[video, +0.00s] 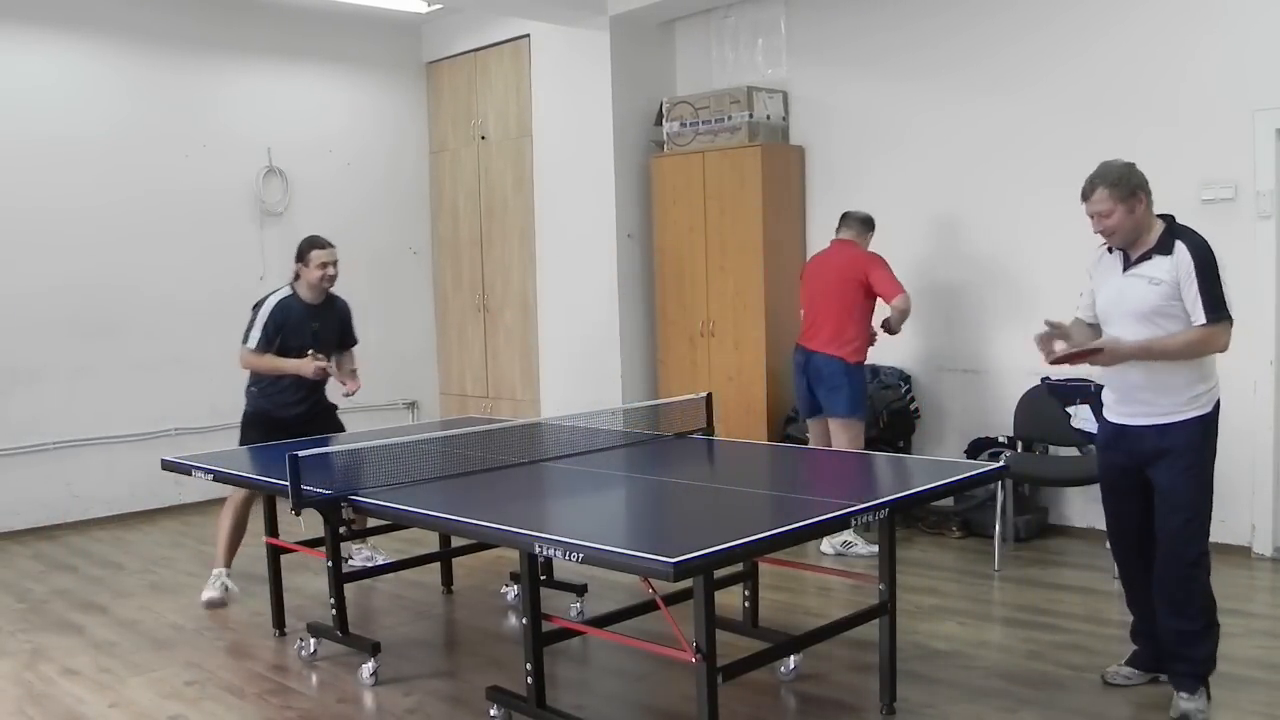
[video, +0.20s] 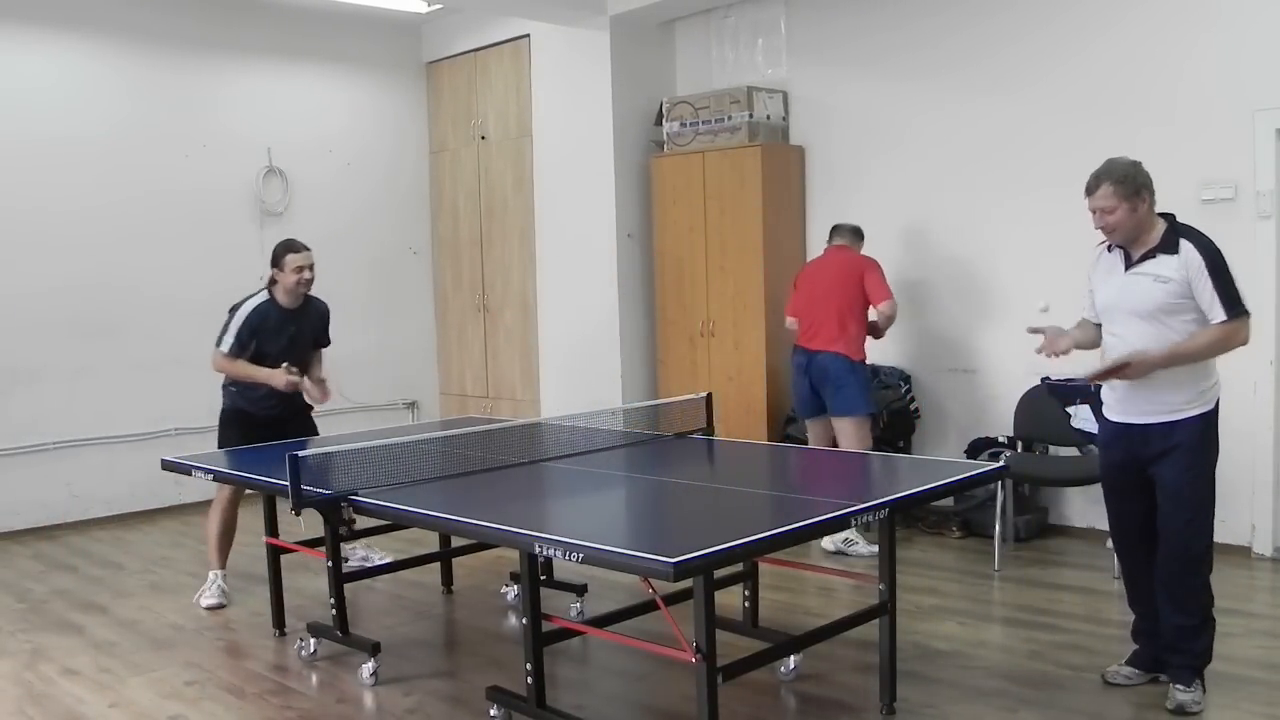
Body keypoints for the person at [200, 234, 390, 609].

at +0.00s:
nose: (332, 272)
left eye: (335, 265)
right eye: (323, 266)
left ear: (336, 267)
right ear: (300, 269)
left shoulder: (338, 308)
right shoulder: (274, 306)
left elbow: (343, 352)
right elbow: (248, 358)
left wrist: (347, 376)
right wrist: (299, 366)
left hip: (315, 414)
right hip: (267, 417)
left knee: (356, 468)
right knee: (246, 486)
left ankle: (356, 547)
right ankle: (220, 573)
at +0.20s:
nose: (308, 276)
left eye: (311, 269)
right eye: (299, 270)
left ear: (313, 271)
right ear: (276, 274)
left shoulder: (317, 311)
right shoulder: (250, 311)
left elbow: (312, 356)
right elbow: (221, 362)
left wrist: (315, 381)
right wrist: (270, 375)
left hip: (292, 412)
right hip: (244, 414)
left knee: (326, 474)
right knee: (230, 488)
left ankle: (346, 547)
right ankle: (216, 576)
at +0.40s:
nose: (304, 291)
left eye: (308, 284)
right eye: (296, 285)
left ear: (312, 285)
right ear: (274, 287)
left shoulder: (317, 324)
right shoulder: (246, 321)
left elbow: (319, 362)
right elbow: (210, 365)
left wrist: (304, 395)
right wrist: (251, 391)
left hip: (291, 414)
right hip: (242, 416)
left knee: (326, 474)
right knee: (227, 488)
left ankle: (342, 549)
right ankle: (215, 577)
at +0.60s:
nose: (319, 313)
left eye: (323, 306)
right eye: (311, 307)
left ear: (327, 305)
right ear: (289, 305)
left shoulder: (328, 341)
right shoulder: (258, 333)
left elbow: (330, 381)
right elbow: (222, 374)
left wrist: (319, 419)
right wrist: (253, 411)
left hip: (294, 414)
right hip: (245, 415)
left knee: (334, 462)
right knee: (228, 489)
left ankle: (342, 547)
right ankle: (215, 576)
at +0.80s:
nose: (325, 319)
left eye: (329, 311)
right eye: (317, 313)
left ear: (332, 309)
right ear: (296, 311)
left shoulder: (331, 343)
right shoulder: (265, 340)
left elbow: (329, 381)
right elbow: (231, 386)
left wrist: (335, 417)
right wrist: (273, 415)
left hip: (295, 412)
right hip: (246, 413)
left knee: (336, 464)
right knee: (229, 489)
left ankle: (342, 548)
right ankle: (211, 577)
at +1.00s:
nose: (321, 314)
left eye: (325, 307)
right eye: (313, 308)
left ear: (328, 306)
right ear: (291, 308)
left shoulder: (326, 340)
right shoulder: (260, 337)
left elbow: (323, 378)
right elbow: (229, 386)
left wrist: (329, 412)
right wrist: (275, 409)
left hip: (289, 412)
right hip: (241, 415)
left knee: (332, 466)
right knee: (228, 489)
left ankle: (344, 547)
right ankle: (210, 577)